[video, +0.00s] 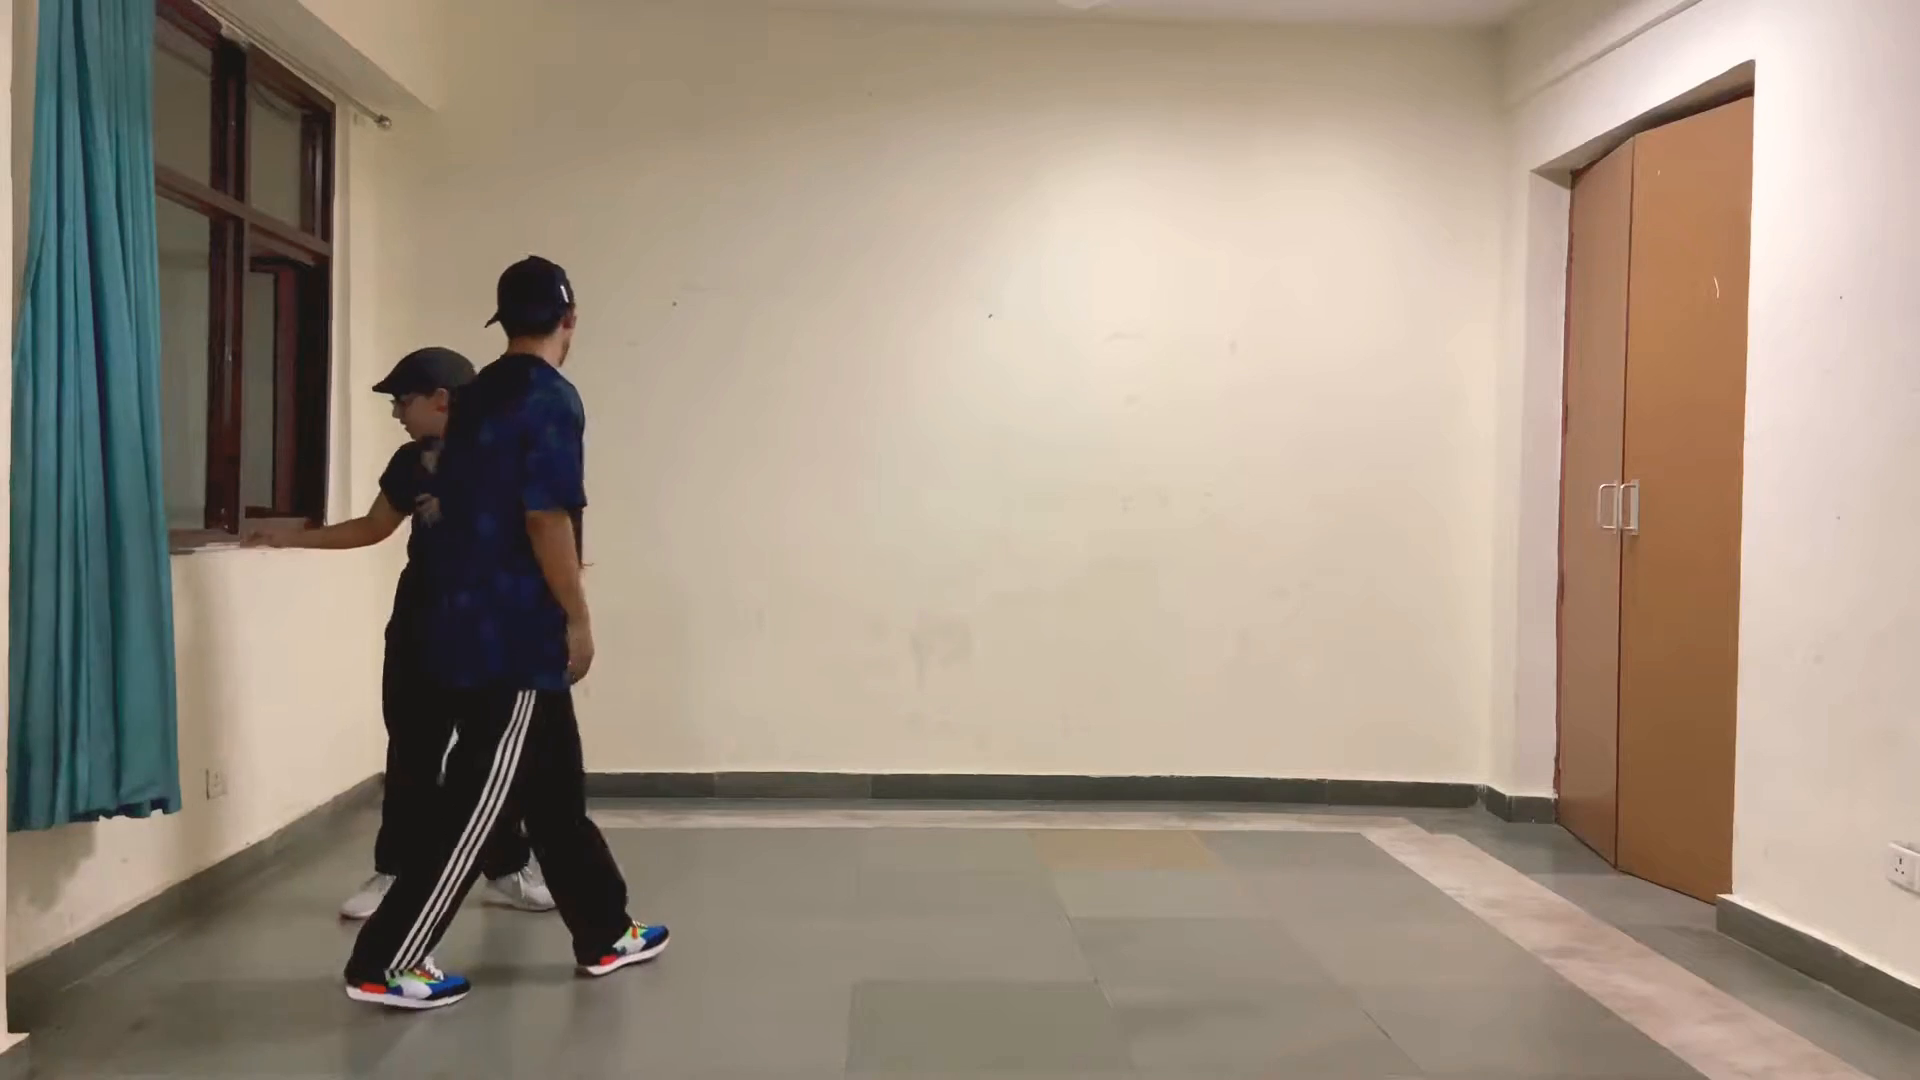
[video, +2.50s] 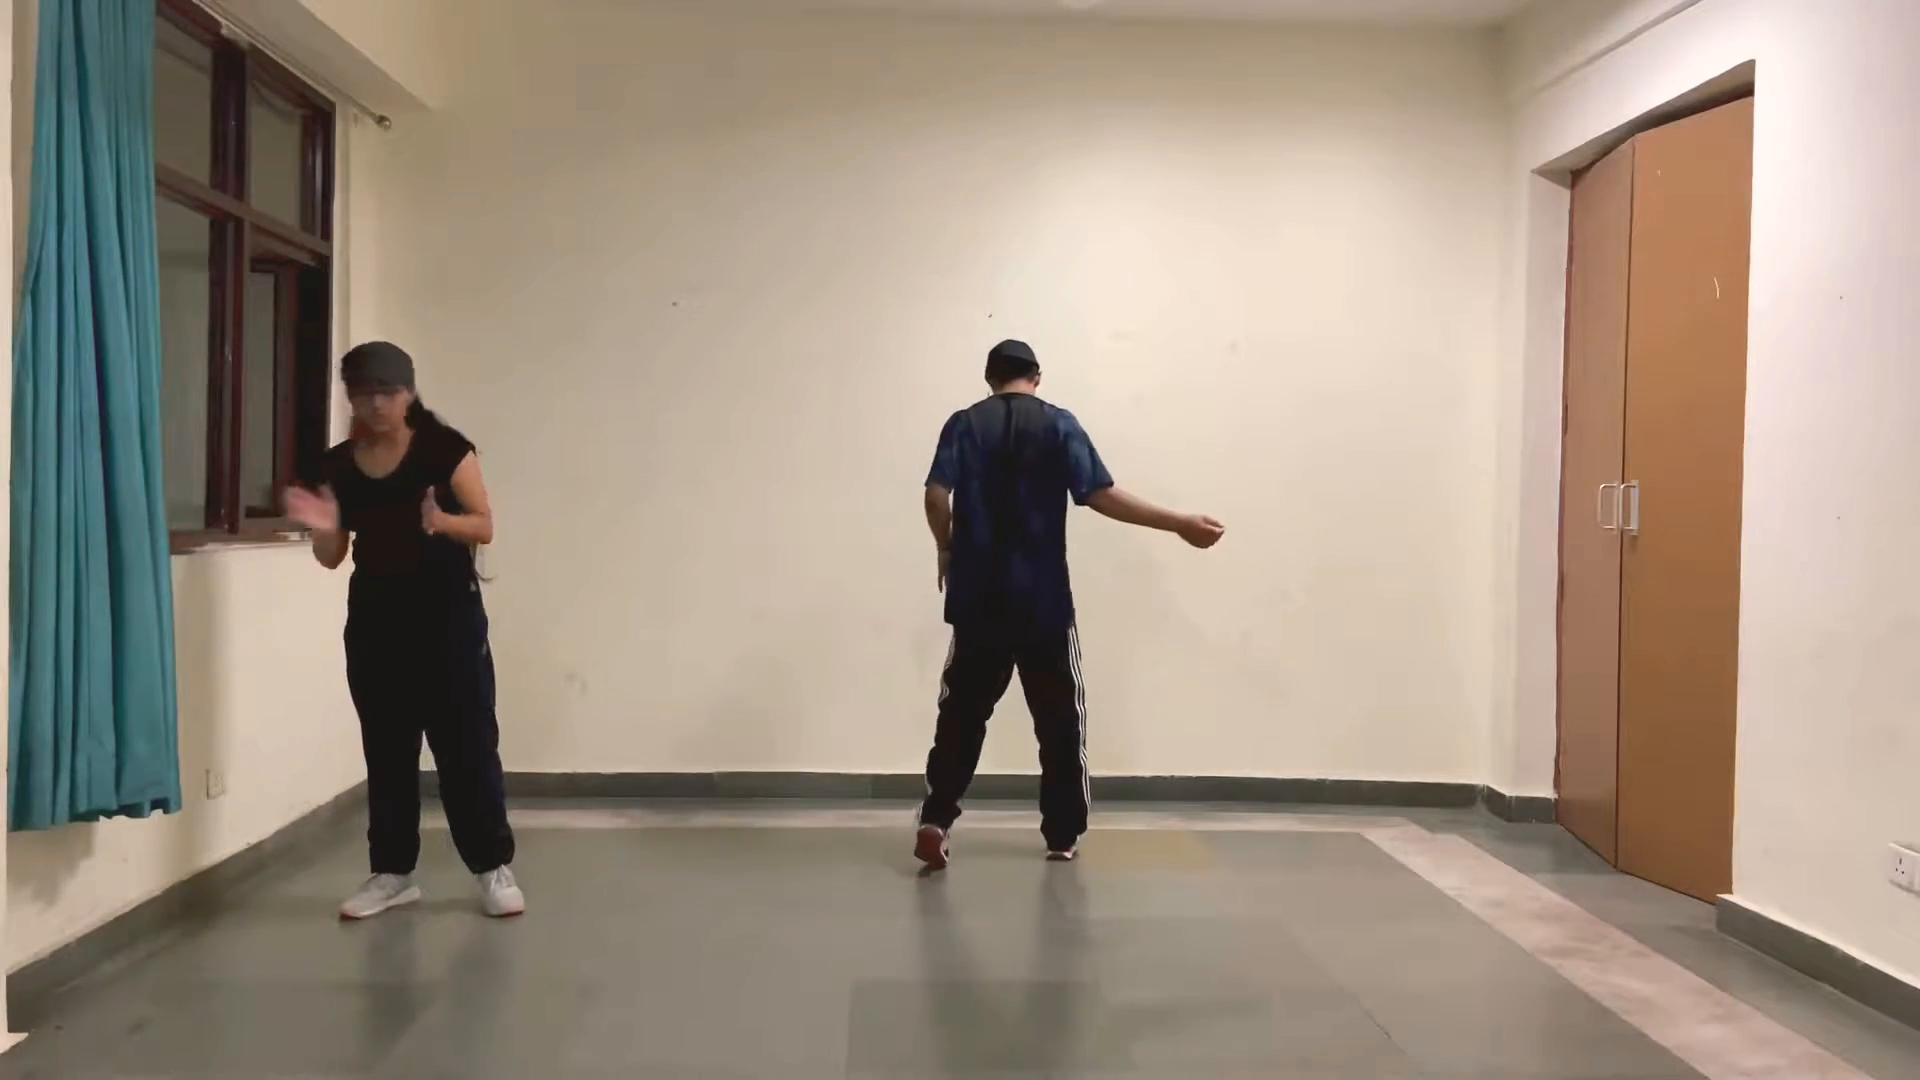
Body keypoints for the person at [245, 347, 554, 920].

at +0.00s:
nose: (398, 412)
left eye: (406, 401)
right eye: (398, 402)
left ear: (443, 400)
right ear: (430, 403)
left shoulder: (491, 452)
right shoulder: (411, 462)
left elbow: (533, 522)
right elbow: (373, 527)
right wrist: (293, 537)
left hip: (484, 614)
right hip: (420, 615)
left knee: (498, 741)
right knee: (411, 747)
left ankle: (510, 865)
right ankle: (394, 872)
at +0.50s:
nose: (311, 429)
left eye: (315, 416)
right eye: (310, 418)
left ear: (348, 409)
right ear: (346, 413)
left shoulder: (429, 441)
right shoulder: (343, 474)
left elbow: (484, 507)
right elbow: (305, 542)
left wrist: (404, 517)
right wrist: (212, 543)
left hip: (445, 624)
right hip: (376, 630)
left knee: (461, 748)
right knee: (386, 753)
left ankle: (492, 871)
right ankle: (394, 874)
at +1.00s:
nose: (294, 431)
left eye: (297, 418)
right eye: (291, 420)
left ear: (330, 409)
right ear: (326, 411)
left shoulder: (413, 437)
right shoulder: (325, 467)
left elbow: (476, 503)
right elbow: (305, 542)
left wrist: (402, 521)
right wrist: (215, 541)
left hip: (435, 617)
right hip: (368, 622)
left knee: (454, 744)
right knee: (382, 749)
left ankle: (489, 868)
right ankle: (394, 873)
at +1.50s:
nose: (292, 432)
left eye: (295, 419)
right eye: (289, 421)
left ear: (328, 410)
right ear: (325, 411)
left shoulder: (412, 439)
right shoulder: (325, 465)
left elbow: (473, 504)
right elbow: (303, 539)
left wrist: (401, 526)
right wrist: (217, 541)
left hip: (433, 617)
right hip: (367, 622)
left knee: (453, 743)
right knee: (380, 750)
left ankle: (488, 868)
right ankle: (395, 873)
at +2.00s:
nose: (296, 431)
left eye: (300, 418)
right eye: (294, 420)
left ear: (334, 407)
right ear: (330, 410)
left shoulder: (416, 438)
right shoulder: (329, 466)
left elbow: (478, 507)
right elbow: (305, 539)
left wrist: (410, 528)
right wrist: (215, 541)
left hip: (434, 618)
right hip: (367, 623)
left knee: (454, 744)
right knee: (380, 750)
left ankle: (486, 868)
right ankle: (394, 873)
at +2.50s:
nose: (378, 404)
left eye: (389, 392)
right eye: (366, 394)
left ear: (410, 393)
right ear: (350, 399)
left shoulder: (445, 448)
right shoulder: (340, 466)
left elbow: (483, 528)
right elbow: (329, 557)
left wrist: (443, 521)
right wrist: (327, 525)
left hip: (448, 622)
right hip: (377, 624)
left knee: (468, 748)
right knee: (387, 753)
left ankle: (494, 868)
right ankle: (392, 874)